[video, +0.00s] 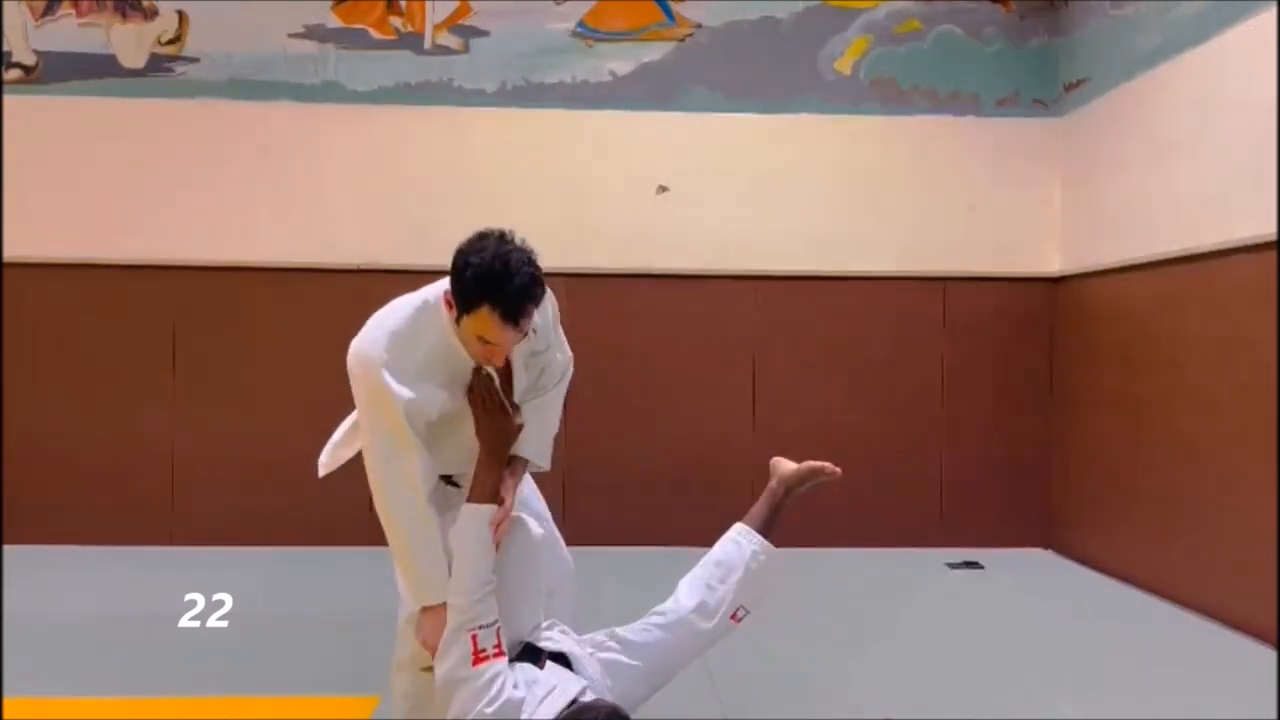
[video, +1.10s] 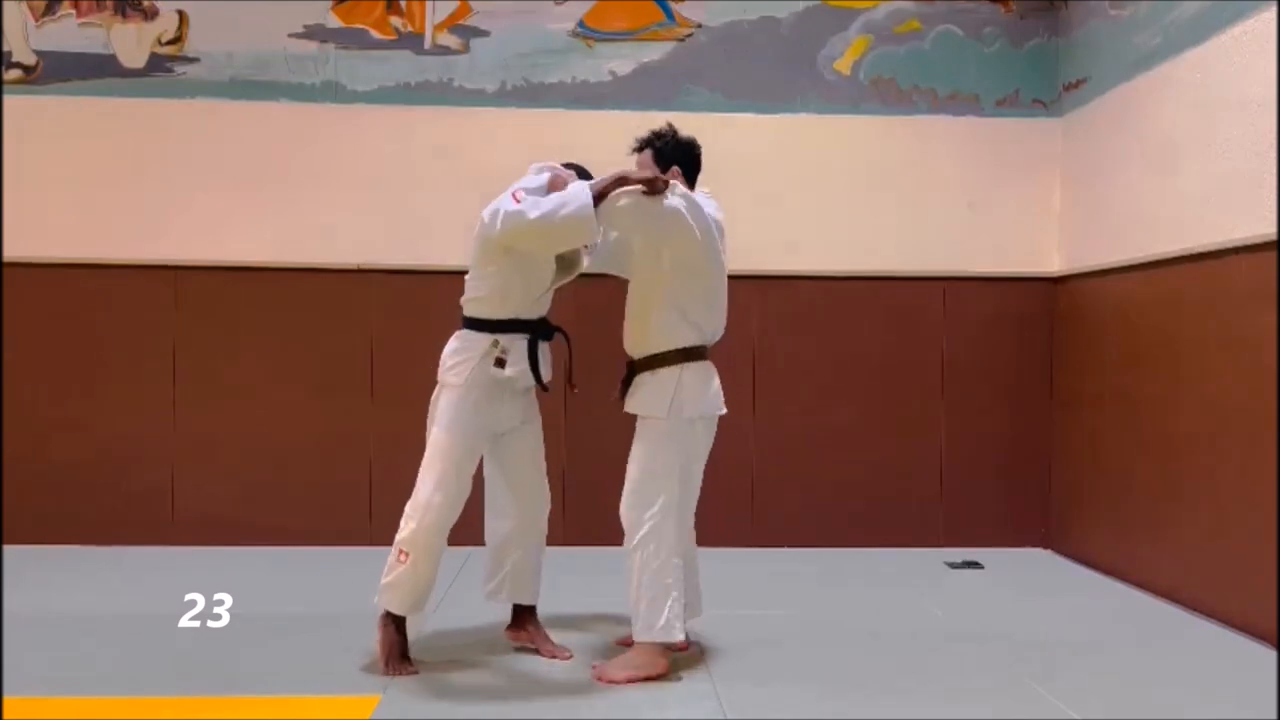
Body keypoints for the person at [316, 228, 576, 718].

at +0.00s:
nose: (499, 358)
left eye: (515, 341)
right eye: (485, 342)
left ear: (531, 313)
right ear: (453, 307)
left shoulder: (536, 309)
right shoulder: (383, 355)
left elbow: (551, 378)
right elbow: (398, 487)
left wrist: (516, 469)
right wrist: (432, 602)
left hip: (500, 472)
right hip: (429, 484)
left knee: (553, 566)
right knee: (431, 619)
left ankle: (549, 692)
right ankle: (418, 710)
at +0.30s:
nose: (514, 323)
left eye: (526, 305)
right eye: (497, 308)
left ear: (537, 282)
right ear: (460, 282)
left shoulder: (541, 292)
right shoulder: (396, 343)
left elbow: (557, 358)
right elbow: (380, 471)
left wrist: (549, 440)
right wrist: (409, 579)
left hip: (511, 455)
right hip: (424, 467)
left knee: (557, 586)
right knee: (435, 623)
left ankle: (550, 702)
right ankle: (424, 708)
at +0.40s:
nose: (558, 261)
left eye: (569, 247)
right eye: (546, 245)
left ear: (579, 232)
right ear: (509, 228)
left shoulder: (569, 280)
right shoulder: (449, 284)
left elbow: (597, 346)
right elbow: (373, 381)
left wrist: (618, 404)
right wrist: (382, 484)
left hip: (530, 457)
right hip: (455, 455)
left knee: (585, 579)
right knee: (448, 605)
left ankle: (568, 703)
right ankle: (418, 712)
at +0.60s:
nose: (565, 238)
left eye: (571, 229)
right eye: (563, 225)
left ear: (545, 214)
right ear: (536, 208)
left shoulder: (541, 266)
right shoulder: (486, 239)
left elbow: (566, 310)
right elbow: (517, 286)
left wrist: (625, 288)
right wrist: (600, 278)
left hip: (504, 391)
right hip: (456, 383)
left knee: (518, 512)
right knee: (428, 510)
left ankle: (516, 628)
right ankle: (386, 631)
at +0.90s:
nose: (568, 243)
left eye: (573, 236)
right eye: (566, 233)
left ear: (554, 219)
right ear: (545, 213)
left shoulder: (549, 259)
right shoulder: (489, 239)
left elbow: (591, 303)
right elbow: (513, 291)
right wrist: (594, 267)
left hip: (503, 393)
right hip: (454, 385)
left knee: (519, 513)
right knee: (432, 512)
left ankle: (517, 628)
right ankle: (388, 633)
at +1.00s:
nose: (571, 221)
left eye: (577, 217)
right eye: (571, 211)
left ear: (563, 208)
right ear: (552, 195)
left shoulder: (554, 244)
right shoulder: (493, 229)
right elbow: (532, 251)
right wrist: (609, 210)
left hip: (510, 386)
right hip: (462, 378)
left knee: (521, 508)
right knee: (434, 505)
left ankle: (518, 625)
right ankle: (389, 628)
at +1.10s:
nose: (576, 200)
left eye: (582, 198)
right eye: (576, 191)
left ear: (568, 192)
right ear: (557, 178)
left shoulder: (551, 237)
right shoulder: (502, 214)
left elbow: (600, 247)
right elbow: (561, 206)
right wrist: (621, 181)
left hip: (520, 377)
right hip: (474, 369)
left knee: (528, 500)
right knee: (439, 497)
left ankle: (524, 619)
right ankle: (393, 620)